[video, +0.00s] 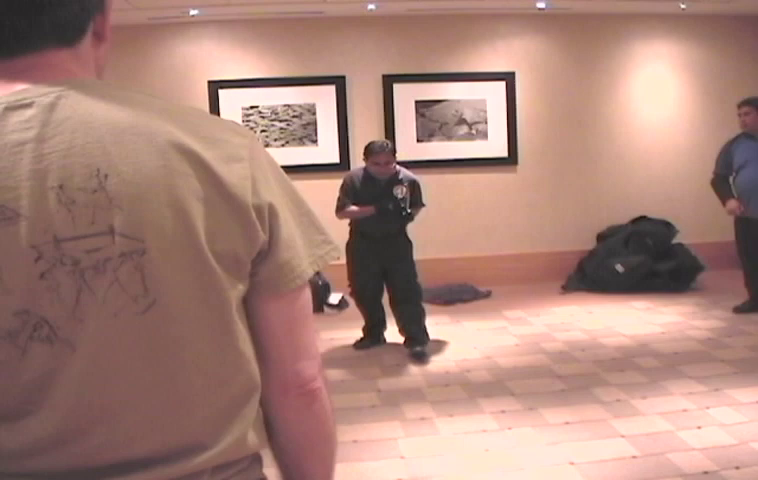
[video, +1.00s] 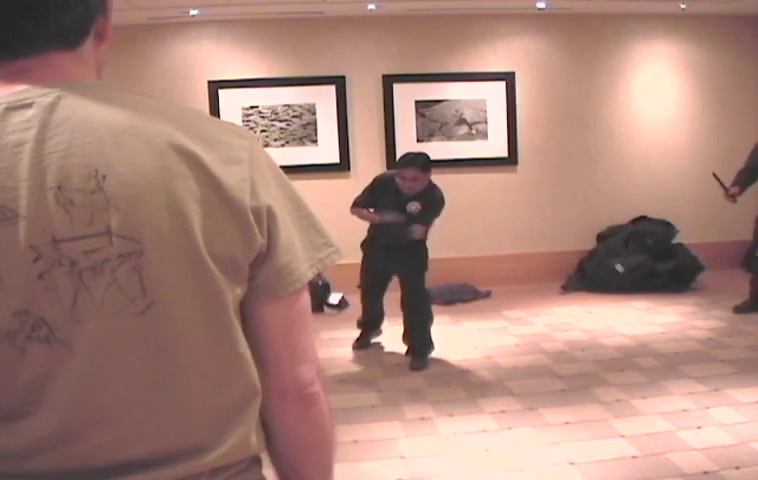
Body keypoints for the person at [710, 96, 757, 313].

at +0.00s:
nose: (743, 119)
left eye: (747, 114)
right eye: (740, 115)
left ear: (757, 115)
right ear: (738, 118)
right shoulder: (735, 145)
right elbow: (719, 177)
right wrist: (728, 199)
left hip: (754, 215)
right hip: (747, 215)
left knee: (752, 257)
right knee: (749, 257)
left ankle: (754, 297)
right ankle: (753, 296)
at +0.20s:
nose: (750, 119)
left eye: (753, 114)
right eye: (748, 114)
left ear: (757, 116)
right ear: (745, 117)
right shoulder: (739, 145)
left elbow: (725, 174)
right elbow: (725, 175)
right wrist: (729, 204)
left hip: (752, 214)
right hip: (747, 214)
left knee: (750, 256)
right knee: (748, 256)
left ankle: (753, 296)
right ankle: (752, 296)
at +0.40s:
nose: (755, 115)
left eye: (755, 111)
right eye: (755, 110)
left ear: (755, 113)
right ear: (753, 112)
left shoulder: (747, 145)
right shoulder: (747, 145)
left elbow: (732, 174)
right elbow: (732, 174)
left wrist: (726, 202)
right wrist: (725, 202)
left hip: (752, 213)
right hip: (751, 212)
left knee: (751, 255)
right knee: (751, 255)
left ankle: (753, 296)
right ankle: (753, 296)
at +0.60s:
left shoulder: (752, 146)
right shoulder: (753, 145)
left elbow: (742, 170)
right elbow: (742, 169)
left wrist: (727, 195)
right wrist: (727, 195)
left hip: (754, 215)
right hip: (754, 214)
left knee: (751, 258)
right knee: (752, 257)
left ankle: (753, 297)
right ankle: (753, 297)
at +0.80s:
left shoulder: (753, 149)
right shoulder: (755, 147)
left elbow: (749, 168)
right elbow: (749, 168)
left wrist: (734, 188)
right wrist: (733, 188)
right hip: (756, 214)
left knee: (753, 255)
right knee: (753, 254)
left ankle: (753, 297)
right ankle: (753, 297)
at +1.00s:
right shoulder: (756, 148)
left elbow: (751, 166)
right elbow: (752, 165)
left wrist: (738, 186)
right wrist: (738, 185)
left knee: (754, 254)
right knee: (754, 254)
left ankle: (754, 297)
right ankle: (754, 297)